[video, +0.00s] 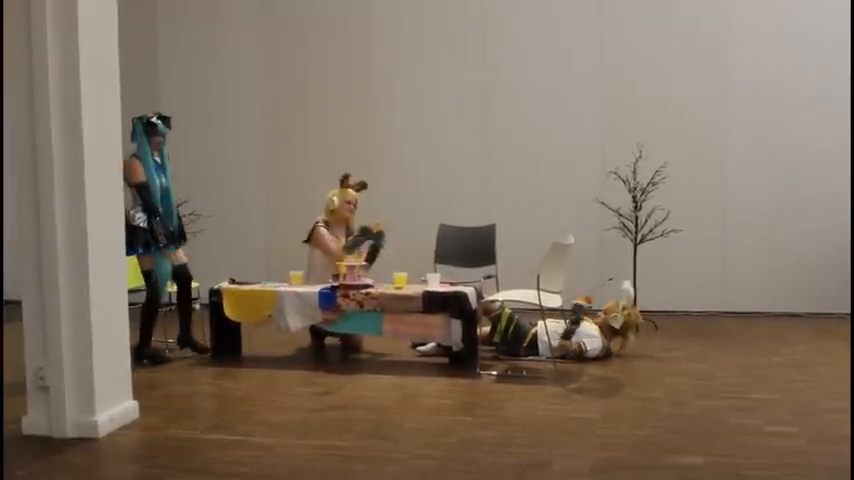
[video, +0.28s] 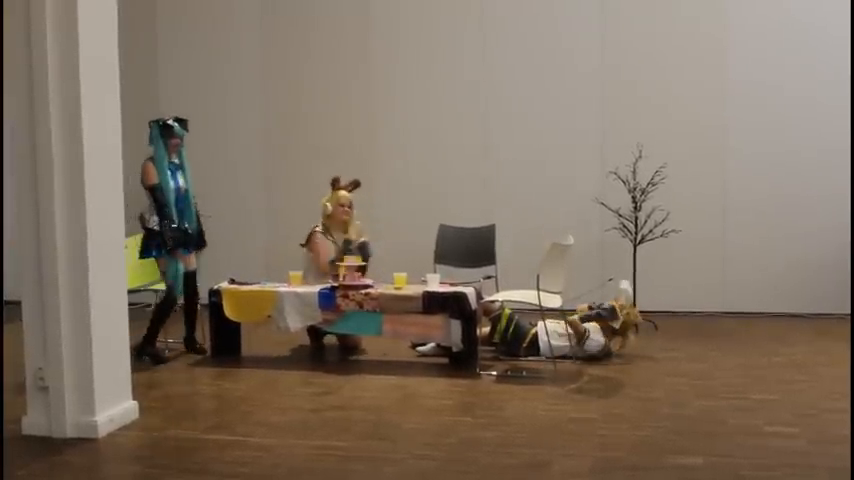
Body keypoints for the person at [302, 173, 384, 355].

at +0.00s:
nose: (352, 208)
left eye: (355, 204)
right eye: (348, 203)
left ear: (356, 208)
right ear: (334, 204)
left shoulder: (350, 232)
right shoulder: (319, 230)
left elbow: (362, 265)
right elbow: (338, 254)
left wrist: (376, 246)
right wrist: (361, 238)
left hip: (346, 296)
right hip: (318, 297)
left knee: (355, 344)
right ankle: (318, 334)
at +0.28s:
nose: (347, 210)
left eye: (350, 206)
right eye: (341, 206)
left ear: (353, 210)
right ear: (330, 208)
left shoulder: (352, 233)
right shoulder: (318, 234)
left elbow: (359, 272)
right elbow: (324, 268)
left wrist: (362, 255)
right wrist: (344, 251)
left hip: (344, 293)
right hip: (316, 295)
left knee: (352, 345)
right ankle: (316, 334)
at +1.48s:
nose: (316, 222)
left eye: (323, 219)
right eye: (314, 217)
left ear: (334, 222)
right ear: (311, 216)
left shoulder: (345, 241)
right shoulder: (303, 240)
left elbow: (343, 275)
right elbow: (285, 270)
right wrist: (289, 275)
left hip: (340, 293)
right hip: (312, 294)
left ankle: (348, 334)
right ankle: (319, 336)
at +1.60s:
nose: (323, 220)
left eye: (329, 218)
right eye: (321, 215)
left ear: (339, 221)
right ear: (316, 214)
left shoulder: (347, 241)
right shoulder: (304, 235)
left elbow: (342, 274)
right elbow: (291, 264)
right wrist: (287, 273)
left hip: (338, 291)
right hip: (311, 291)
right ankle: (319, 336)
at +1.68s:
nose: (327, 220)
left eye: (334, 217)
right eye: (325, 214)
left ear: (344, 221)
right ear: (320, 212)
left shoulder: (348, 241)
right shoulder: (306, 233)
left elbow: (342, 273)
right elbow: (292, 261)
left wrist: (314, 278)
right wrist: (287, 272)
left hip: (339, 292)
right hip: (311, 292)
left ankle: (347, 334)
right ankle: (318, 336)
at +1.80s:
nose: (330, 218)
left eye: (337, 215)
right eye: (328, 213)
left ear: (347, 219)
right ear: (323, 211)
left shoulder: (350, 241)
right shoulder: (308, 233)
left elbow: (341, 274)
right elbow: (293, 261)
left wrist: (312, 278)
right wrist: (286, 272)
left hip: (340, 292)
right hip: (311, 292)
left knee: (352, 344)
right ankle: (318, 336)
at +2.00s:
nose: (325, 212)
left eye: (331, 209)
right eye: (322, 207)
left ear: (342, 211)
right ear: (318, 207)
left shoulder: (350, 236)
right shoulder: (307, 231)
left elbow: (344, 269)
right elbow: (296, 260)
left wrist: (316, 277)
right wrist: (289, 273)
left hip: (342, 291)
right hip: (313, 291)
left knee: (353, 343)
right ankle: (319, 335)